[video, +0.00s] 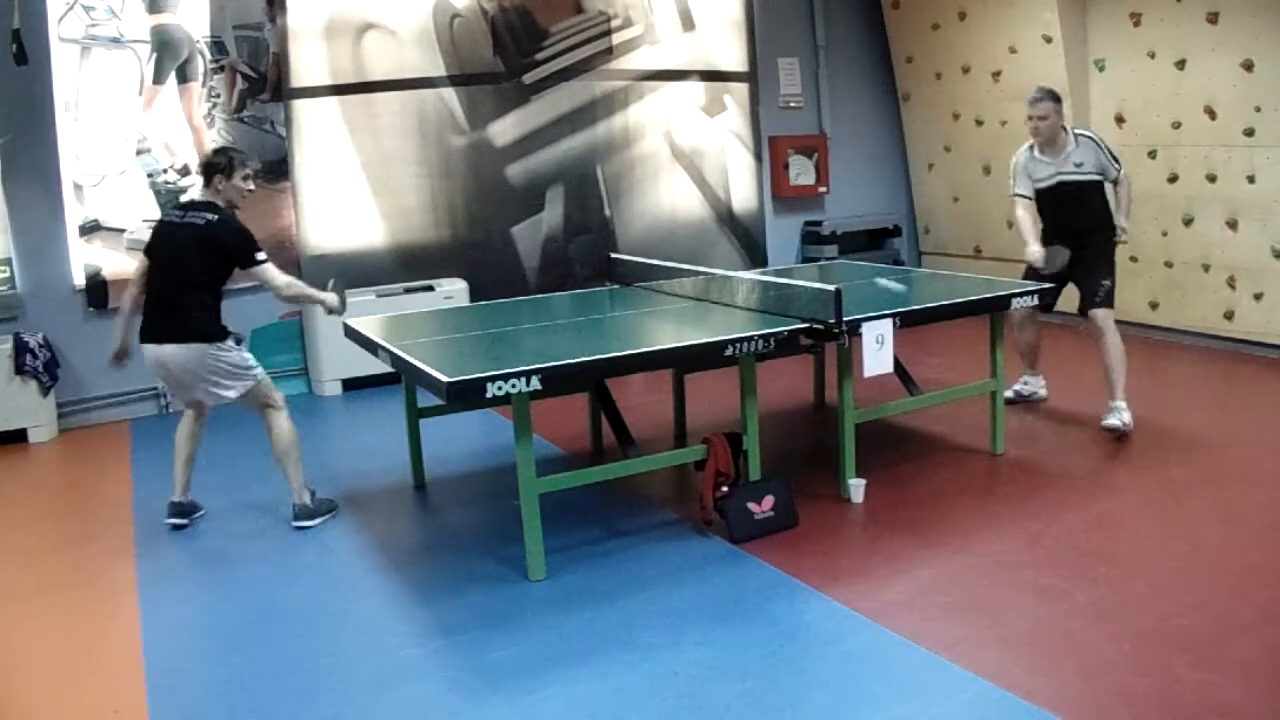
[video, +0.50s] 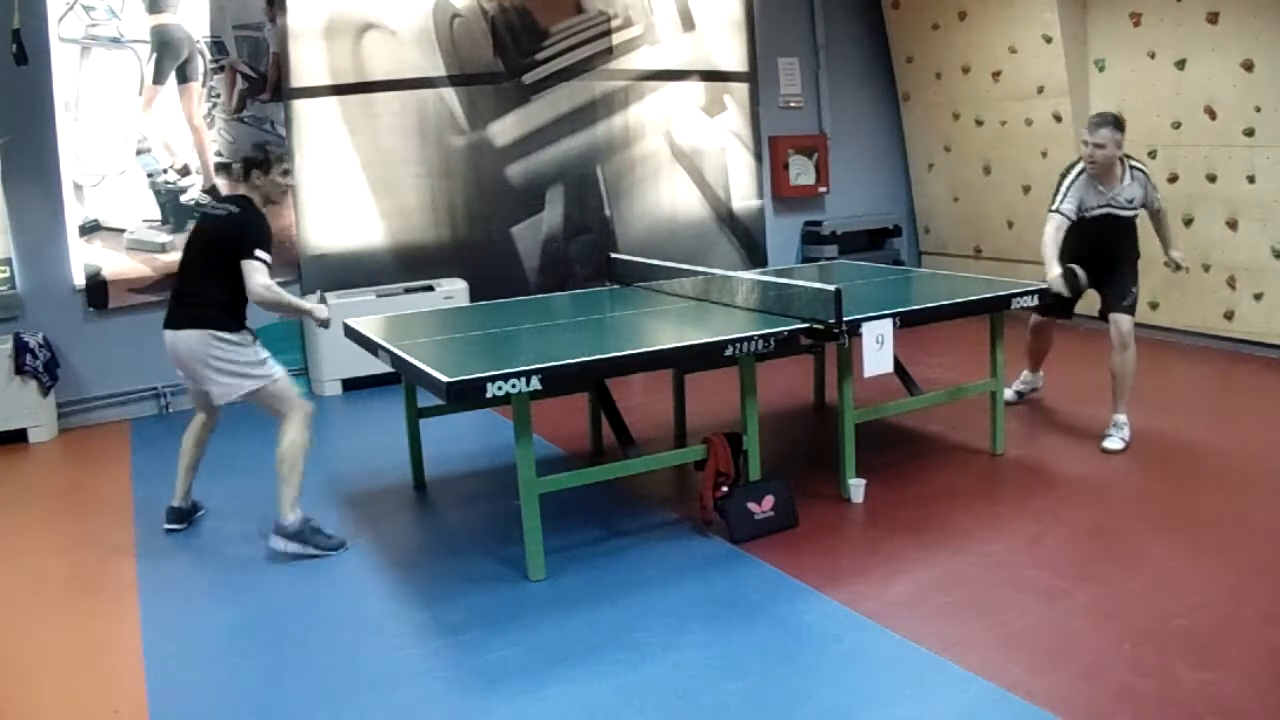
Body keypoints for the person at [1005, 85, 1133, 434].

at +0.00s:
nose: (1034, 125)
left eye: (1042, 118)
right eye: (1030, 118)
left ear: (1061, 118)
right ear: (1026, 120)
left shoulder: (1089, 144)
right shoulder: (1024, 160)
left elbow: (1120, 178)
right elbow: (1023, 206)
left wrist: (1122, 218)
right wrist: (1032, 244)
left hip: (1095, 246)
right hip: (1053, 248)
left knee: (1100, 316)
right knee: (1021, 313)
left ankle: (1118, 405)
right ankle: (1032, 380)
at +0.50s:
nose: (1090, 153)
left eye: (1100, 147)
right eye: (1086, 144)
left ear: (1119, 148)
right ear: (1081, 142)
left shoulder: (1138, 176)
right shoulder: (1075, 177)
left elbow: (1156, 209)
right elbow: (1054, 225)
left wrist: (1169, 249)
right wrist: (1053, 267)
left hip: (1119, 258)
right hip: (1076, 253)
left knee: (1121, 330)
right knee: (1039, 323)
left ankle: (1119, 420)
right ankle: (1031, 376)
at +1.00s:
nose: (1023, 106)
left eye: (1030, 98)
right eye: (1021, 99)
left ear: (1054, 101)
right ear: (1024, 102)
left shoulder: (1083, 140)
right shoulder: (1021, 139)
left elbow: (1113, 186)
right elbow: (1008, 179)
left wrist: (1119, 231)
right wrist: (992, 208)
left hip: (1081, 250)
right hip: (1039, 248)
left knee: (1092, 326)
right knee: (1021, 319)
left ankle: (1116, 413)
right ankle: (1024, 385)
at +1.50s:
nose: (929, 139)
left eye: (931, 131)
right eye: (928, 132)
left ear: (951, 128)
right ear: (946, 130)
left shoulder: (983, 144)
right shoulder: (957, 162)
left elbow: (1023, 170)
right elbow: (938, 212)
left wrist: (1024, 199)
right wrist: (886, 217)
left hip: (1025, 251)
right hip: (991, 254)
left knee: (1053, 321)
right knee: (956, 314)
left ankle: (1100, 400)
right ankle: (953, 381)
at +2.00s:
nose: (970, 110)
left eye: (976, 102)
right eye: (967, 104)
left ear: (997, 101)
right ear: (970, 107)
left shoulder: (1020, 132)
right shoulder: (978, 142)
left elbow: (1051, 174)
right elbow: (981, 192)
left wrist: (1039, 213)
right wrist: (945, 216)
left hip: (1031, 245)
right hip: (993, 245)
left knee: (1054, 322)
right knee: (962, 324)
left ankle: (1083, 398)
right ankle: (954, 380)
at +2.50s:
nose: (985, 113)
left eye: (990, 106)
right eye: (982, 107)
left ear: (1012, 104)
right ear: (983, 111)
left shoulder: (1040, 135)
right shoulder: (993, 145)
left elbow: (1074, 177)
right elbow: (994, 190)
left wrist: (1065, 225)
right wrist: (968, 217)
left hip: (1057, 240)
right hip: (1020, 241)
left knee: (1079, 315)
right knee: (1001, 309)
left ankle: (1112, 394)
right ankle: (1002, 377)